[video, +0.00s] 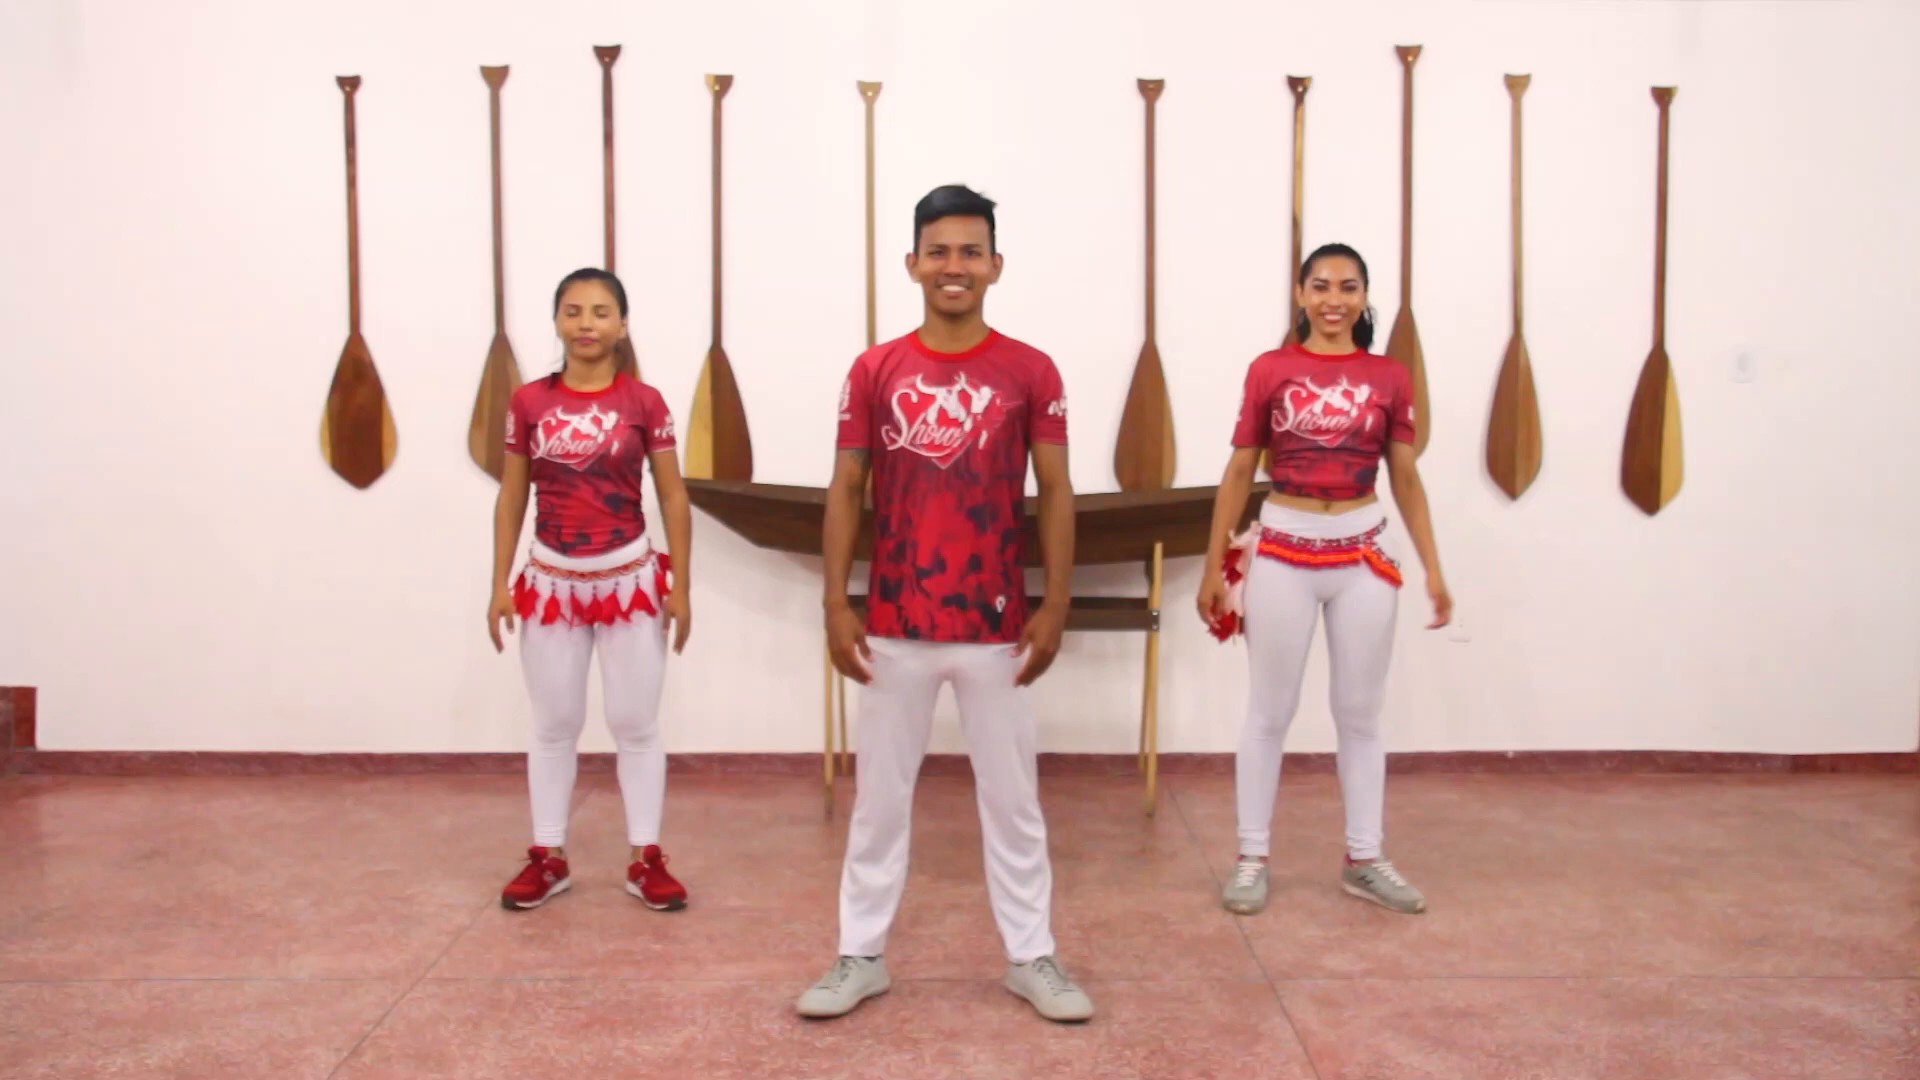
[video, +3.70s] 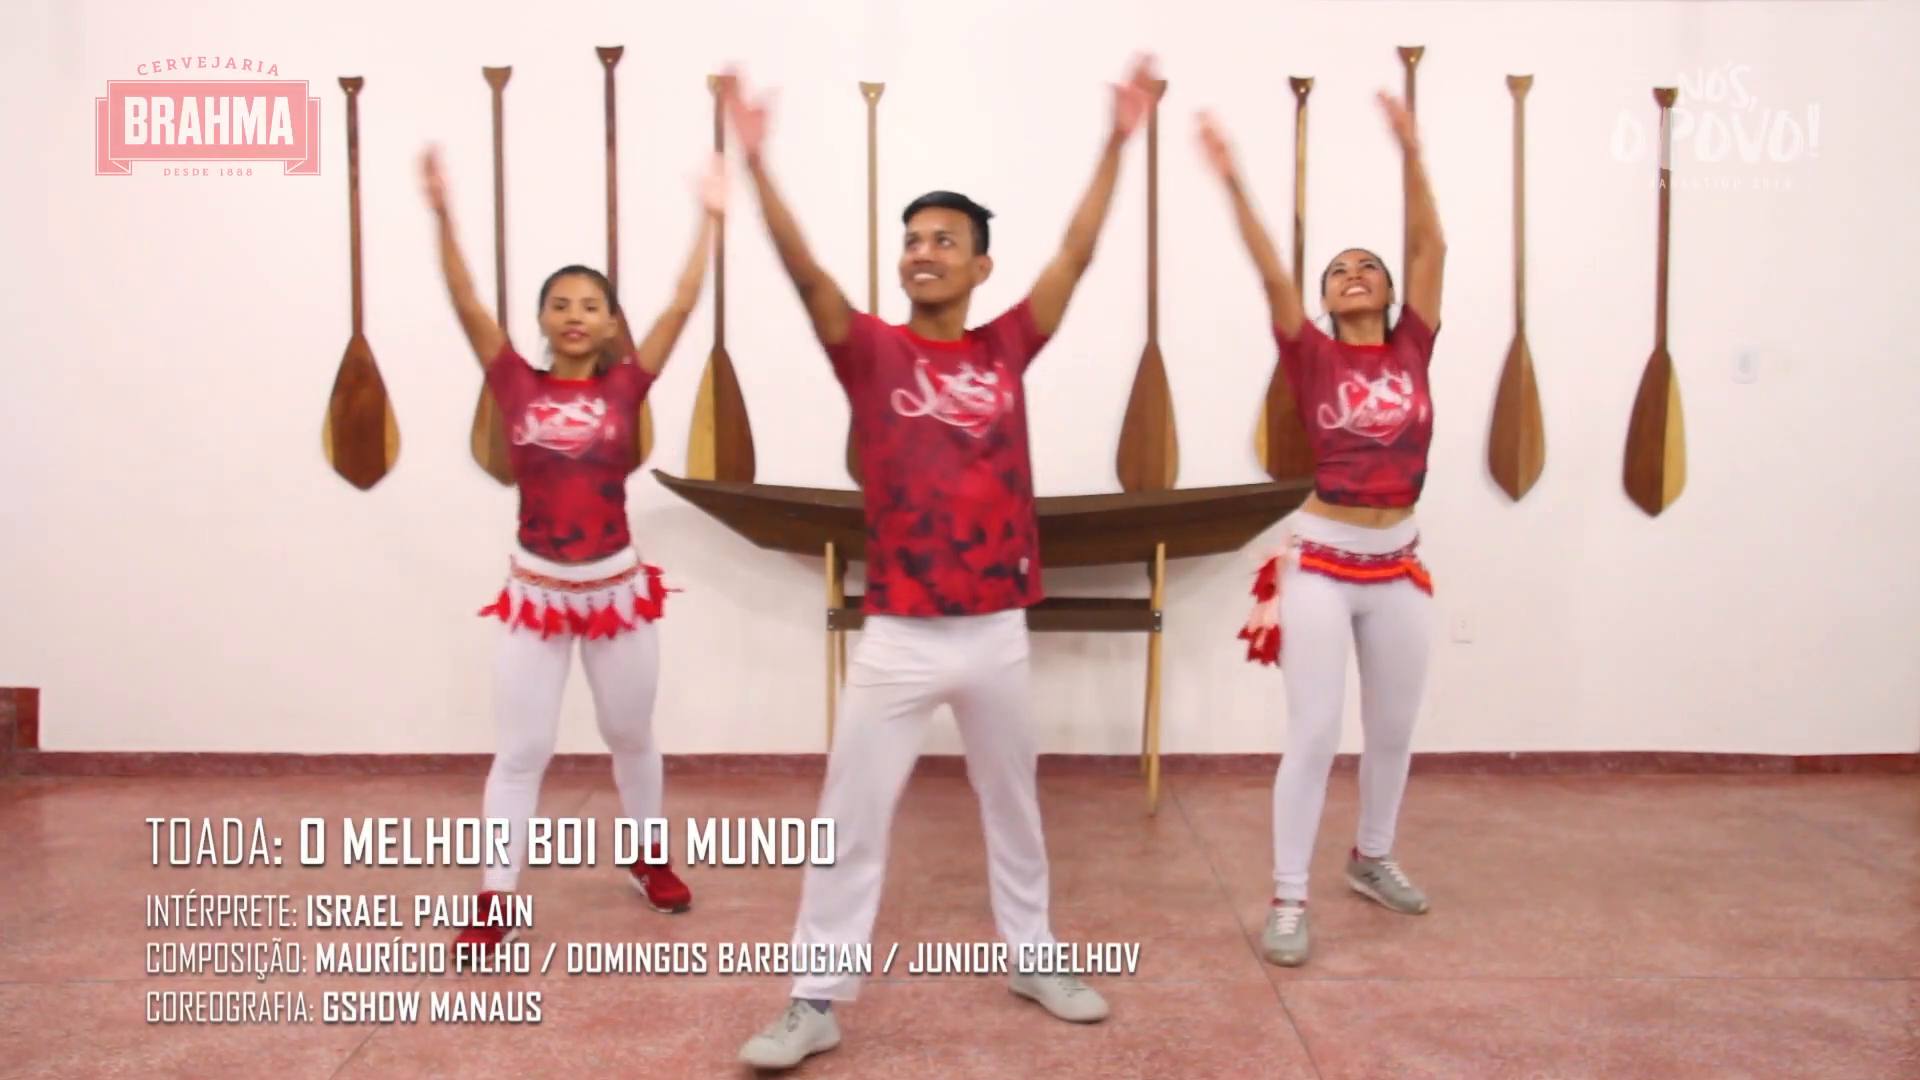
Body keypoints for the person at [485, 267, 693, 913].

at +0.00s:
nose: (587, 322)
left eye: (601, 312)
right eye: (574, 312)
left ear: (622, 324)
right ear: (557, 323)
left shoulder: (643, 401)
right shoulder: (530, 402)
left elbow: (673, 495)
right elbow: (512, 495)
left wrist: (680, 583)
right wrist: (501, 582)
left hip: (631, 579)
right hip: (550, 580)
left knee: (636, 727)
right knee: (554, 726)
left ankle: (647, 857)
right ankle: (547, 856)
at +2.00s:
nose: (579, 321)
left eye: (593, 311)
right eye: (566, 310)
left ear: (614, 325)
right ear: (548, 322)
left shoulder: (634, 401)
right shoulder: (522, 403)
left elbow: (664, 494)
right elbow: (506, 497)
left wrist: (672, 582)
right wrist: (496, 584)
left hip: (626, 581)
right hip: (544, 583)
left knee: (635, 728)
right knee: (550, 728)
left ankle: (649, 861)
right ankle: (548, 858)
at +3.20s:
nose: (620, 324)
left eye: (631, 311)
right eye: (604, 314)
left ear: (649, 321)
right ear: (584, 328)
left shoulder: (662, 402)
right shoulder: (582, 401)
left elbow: (683, 487)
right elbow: (590, 497)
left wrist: (696, 569)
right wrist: (625, 581)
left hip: (658, 578)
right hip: (585, 580)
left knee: (658, 728)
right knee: (585, 726)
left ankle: (651, 860)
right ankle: (534, 838)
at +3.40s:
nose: (609, 313)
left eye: (621, 303)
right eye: (594, 304)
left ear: (641, 318)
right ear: (574, 321)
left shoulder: (662, 388)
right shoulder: (561, 378)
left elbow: (704, 404)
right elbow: (583, 387)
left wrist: (753, 409)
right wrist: (640, 393)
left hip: (652, 583)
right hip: (574, 580)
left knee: (653, 728)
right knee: (541, 725)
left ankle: (649, 864)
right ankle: (510, 874)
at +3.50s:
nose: (603, 315)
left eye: (617, 304)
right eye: (587, 306)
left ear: (635, 320)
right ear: (566, 324)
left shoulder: (656, 386)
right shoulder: (555, 386)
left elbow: (730, 357)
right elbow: (540, 332)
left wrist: (805, 332)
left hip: (647, 590)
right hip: (569, 588)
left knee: (647, 737)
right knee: (538, 741)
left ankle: (650, 863)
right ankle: (495, 879)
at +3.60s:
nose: (589, 317)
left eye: (603, 307)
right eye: (576, 307)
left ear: (625, 323)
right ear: (555, 323)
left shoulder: (641, 388)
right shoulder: (537, 387)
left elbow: (710, 321)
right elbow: (508, 316)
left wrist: (775, 252)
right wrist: (512, 230)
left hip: (636, 594)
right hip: (556, 596)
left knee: (642, 740)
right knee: (533, 750)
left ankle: (649, 860)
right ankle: (500, 890)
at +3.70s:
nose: (575, 313)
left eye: (591, 305)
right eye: (560, 304)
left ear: (613, 325)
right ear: (541, 323)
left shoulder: (626, 384)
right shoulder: (517, 383)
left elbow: (683, 304)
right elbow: (465, 300)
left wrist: (712, 219)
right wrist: (443, 214)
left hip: (618, 594)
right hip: (537, 596)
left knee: (635, 739)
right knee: (521, 754)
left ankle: (647, 855)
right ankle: (499, 901)